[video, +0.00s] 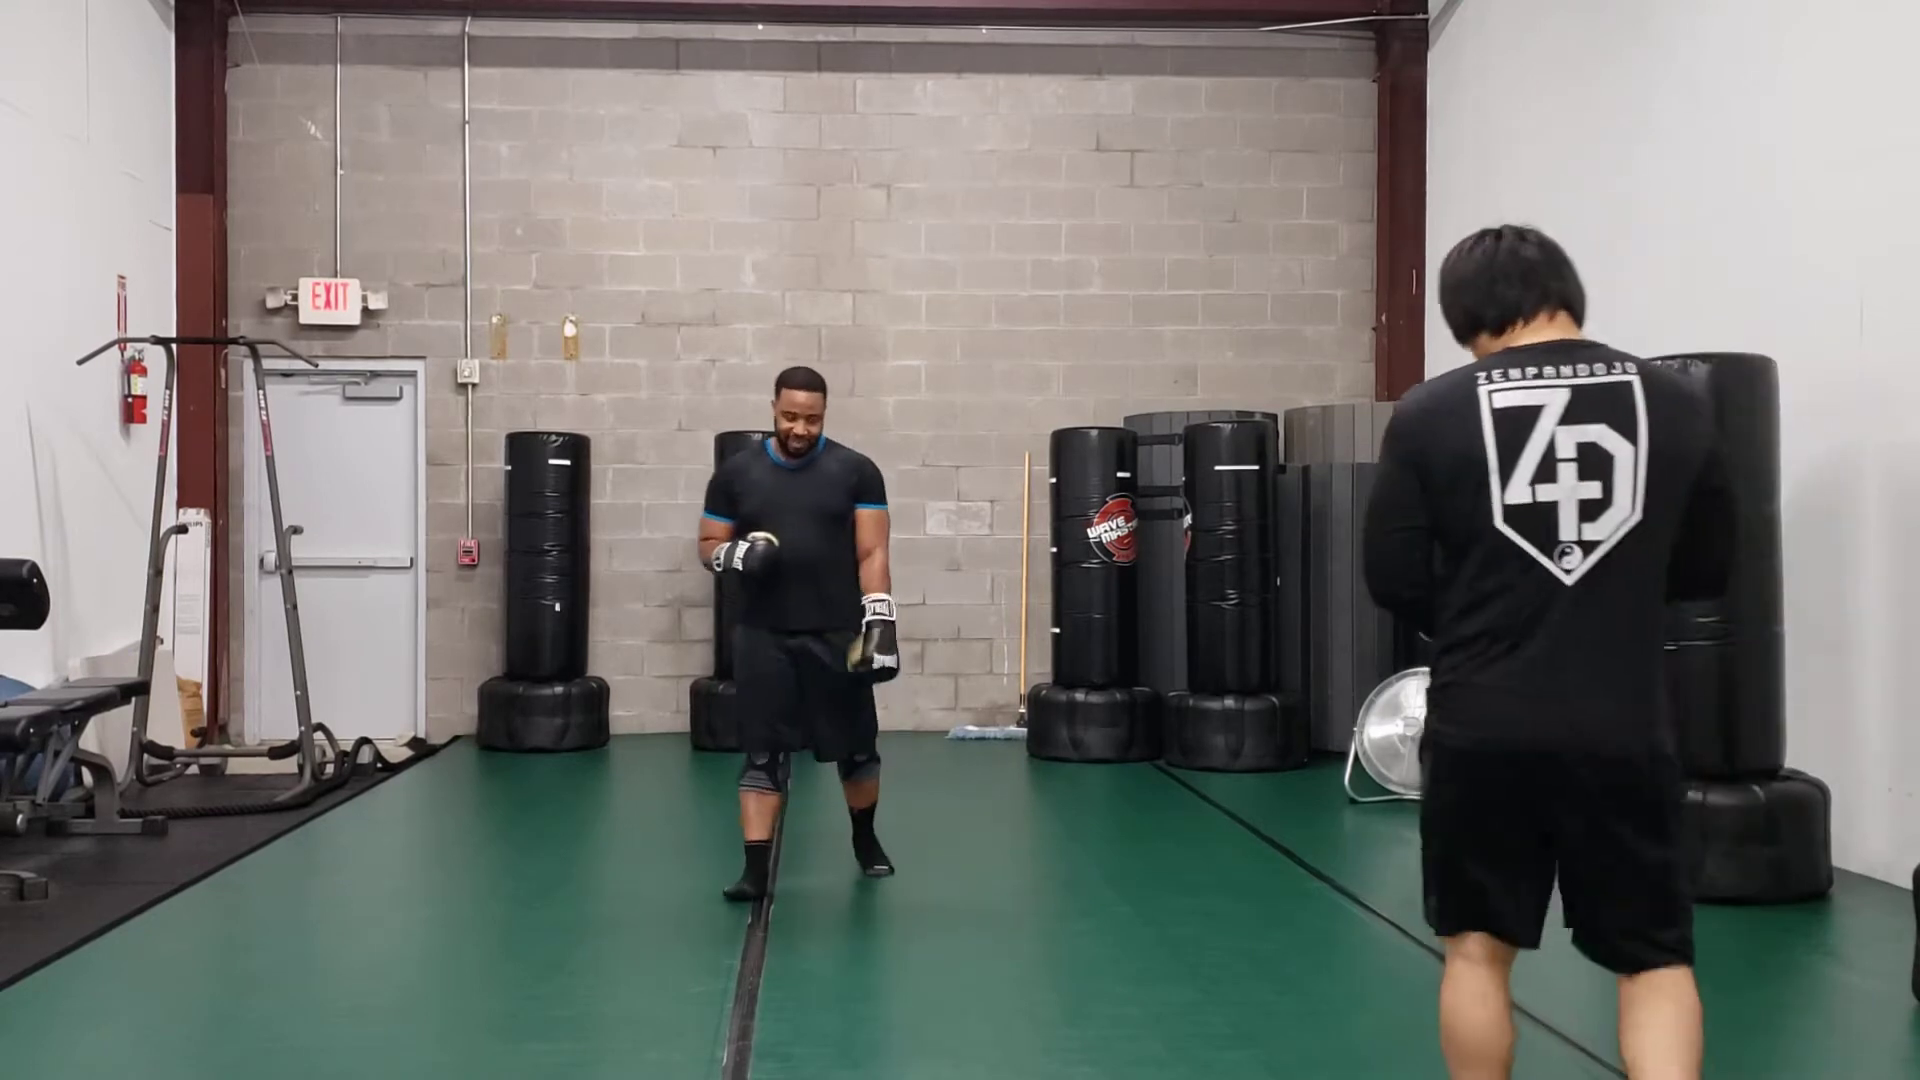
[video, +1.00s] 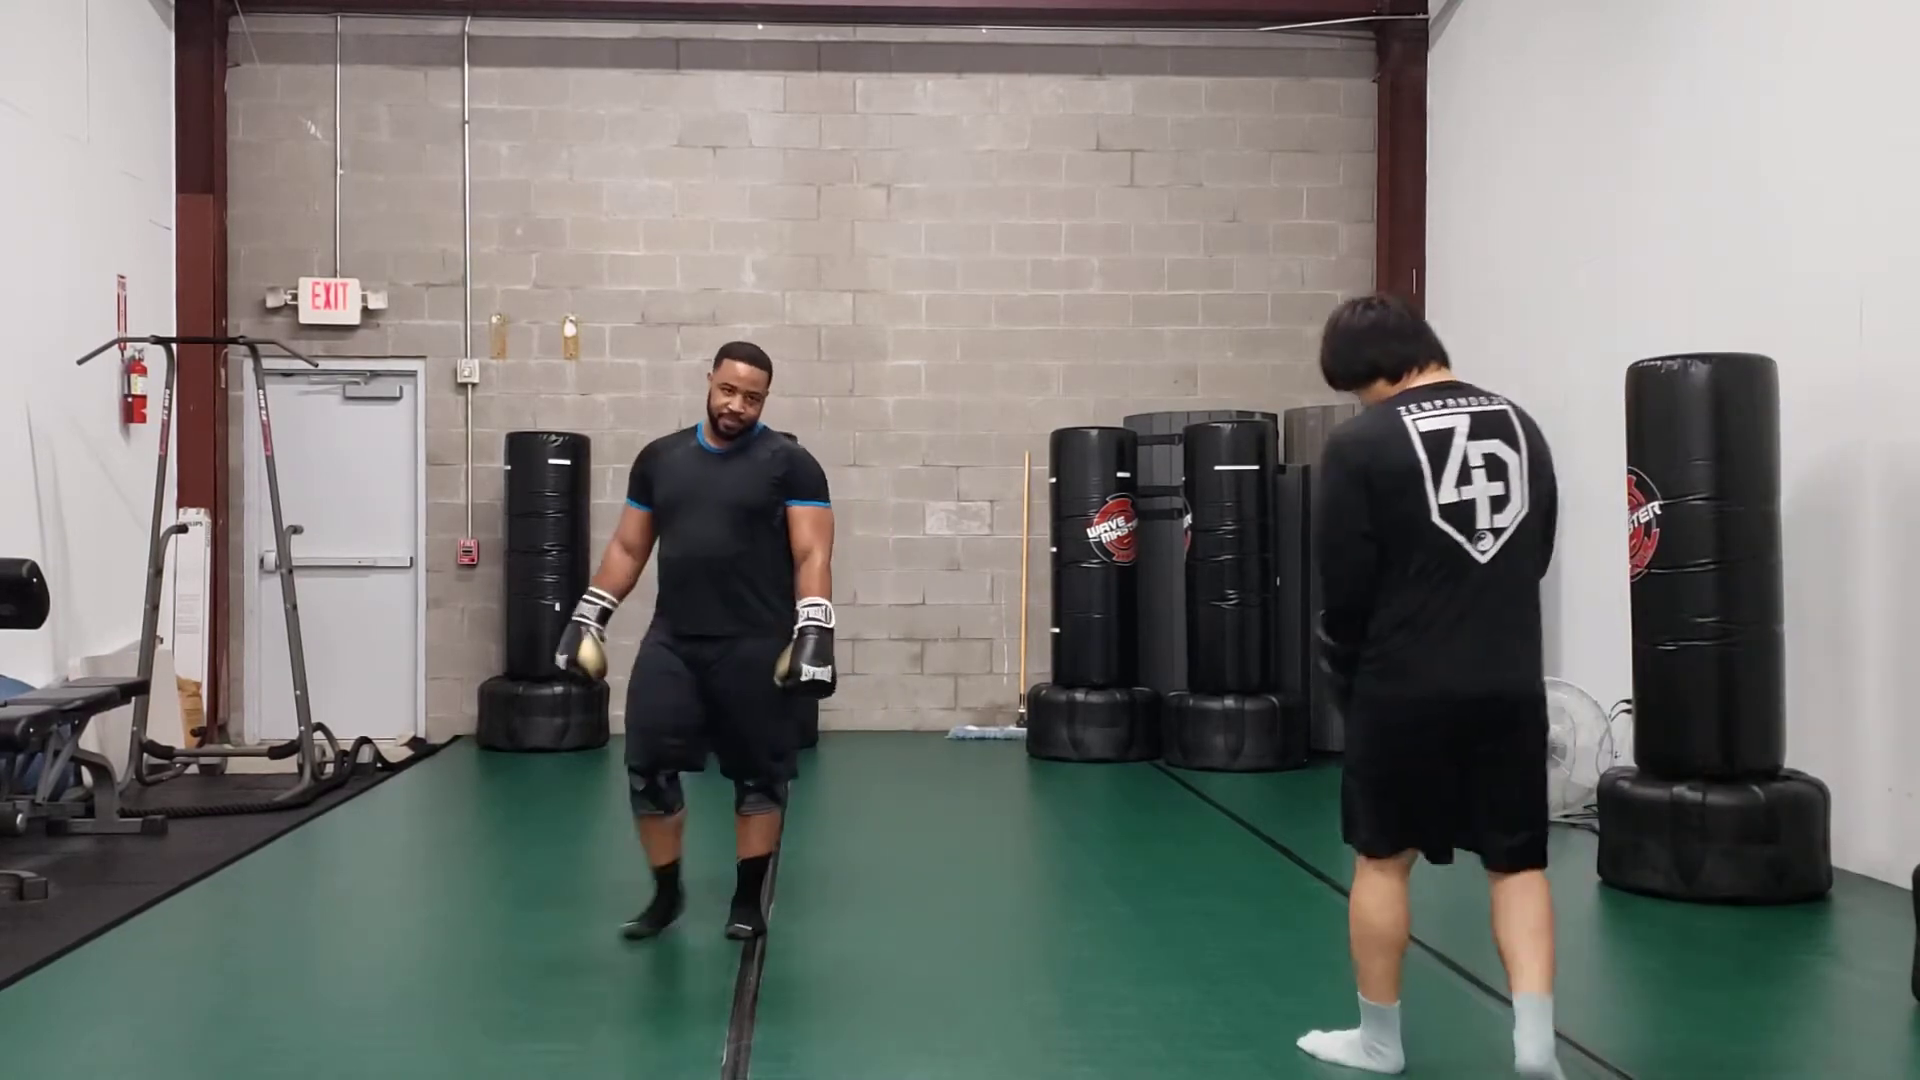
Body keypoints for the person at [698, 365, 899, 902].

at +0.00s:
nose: (800, 427)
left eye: (811, 418)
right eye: (791, 416)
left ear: (824, 416)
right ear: (774, 411)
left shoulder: (856, 473)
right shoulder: (738, 472)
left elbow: (872, 553)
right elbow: (710, 544)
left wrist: (880, 619)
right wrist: (733, 554)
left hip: (838, 636)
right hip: (764, 638)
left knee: (858, 751)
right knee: (761, 755)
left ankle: (865, 838)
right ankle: (756, 873)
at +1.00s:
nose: (736, 405)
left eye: (750, 396)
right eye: (728, 390)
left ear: (765, 399)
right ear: (708, 384)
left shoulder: (791, 466)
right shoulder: (660, 461)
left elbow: (813, 554)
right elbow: (626, 549)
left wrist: (814, 630)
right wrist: (587, 618)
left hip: (760, 649)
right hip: (673, 646)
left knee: (759, 780)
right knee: (648, 768)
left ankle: (748, 902)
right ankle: (666, 894)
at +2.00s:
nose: (676, 394)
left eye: (686, 384)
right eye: (666, 377)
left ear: (690, 387)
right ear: (627, 364)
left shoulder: (702, 465)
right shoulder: (544, 443)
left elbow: (721, 570)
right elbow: (515, 543)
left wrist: (743, 653)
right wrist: (489, 626)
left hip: (657, 664)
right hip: (559, 661)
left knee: (649, 817)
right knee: (556, 819)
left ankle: (635, 967)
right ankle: (592, 909)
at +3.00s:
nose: (660, 420)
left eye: (670, 408)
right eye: (654, 403)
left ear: (677, 398)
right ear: (617, 372)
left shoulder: (674, 444)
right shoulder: (521, 432)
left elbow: (778, 467)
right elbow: (489, 542)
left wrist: (860, 451)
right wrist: (523, 626)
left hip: (625, 666)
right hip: (531, 660)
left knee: (626, 824)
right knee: (505, 829)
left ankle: (631, 970)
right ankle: (485, 981)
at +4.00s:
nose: (683, 438)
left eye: (690, 428)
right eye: (685, 420)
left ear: (658, 385)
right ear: (661, 384)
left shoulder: (630, 443)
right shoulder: (591, 423)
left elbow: (704, 538)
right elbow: (682, 526)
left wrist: (733, 455)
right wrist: (730, 439)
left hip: (630, 663)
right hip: (559, 668)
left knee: (683, 800)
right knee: (542, 835)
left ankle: (656, 962)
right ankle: (504, 1006)